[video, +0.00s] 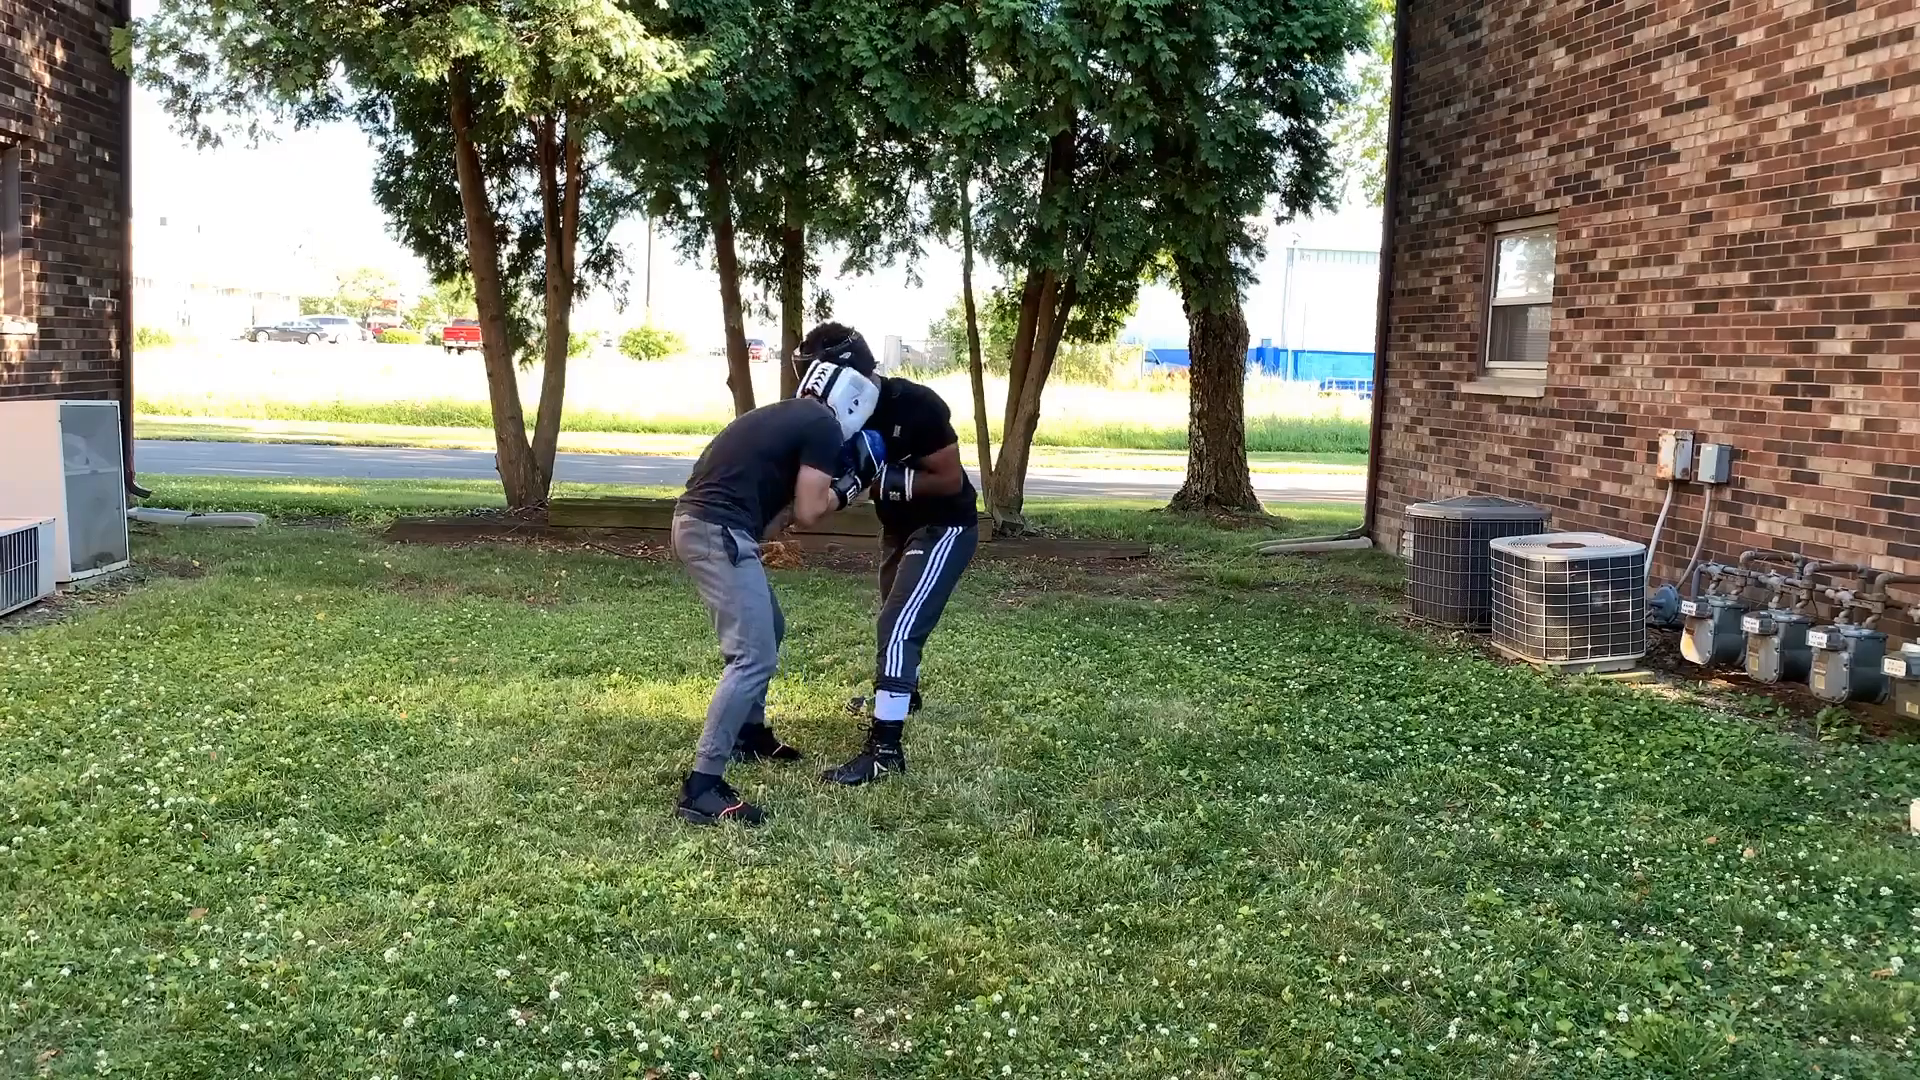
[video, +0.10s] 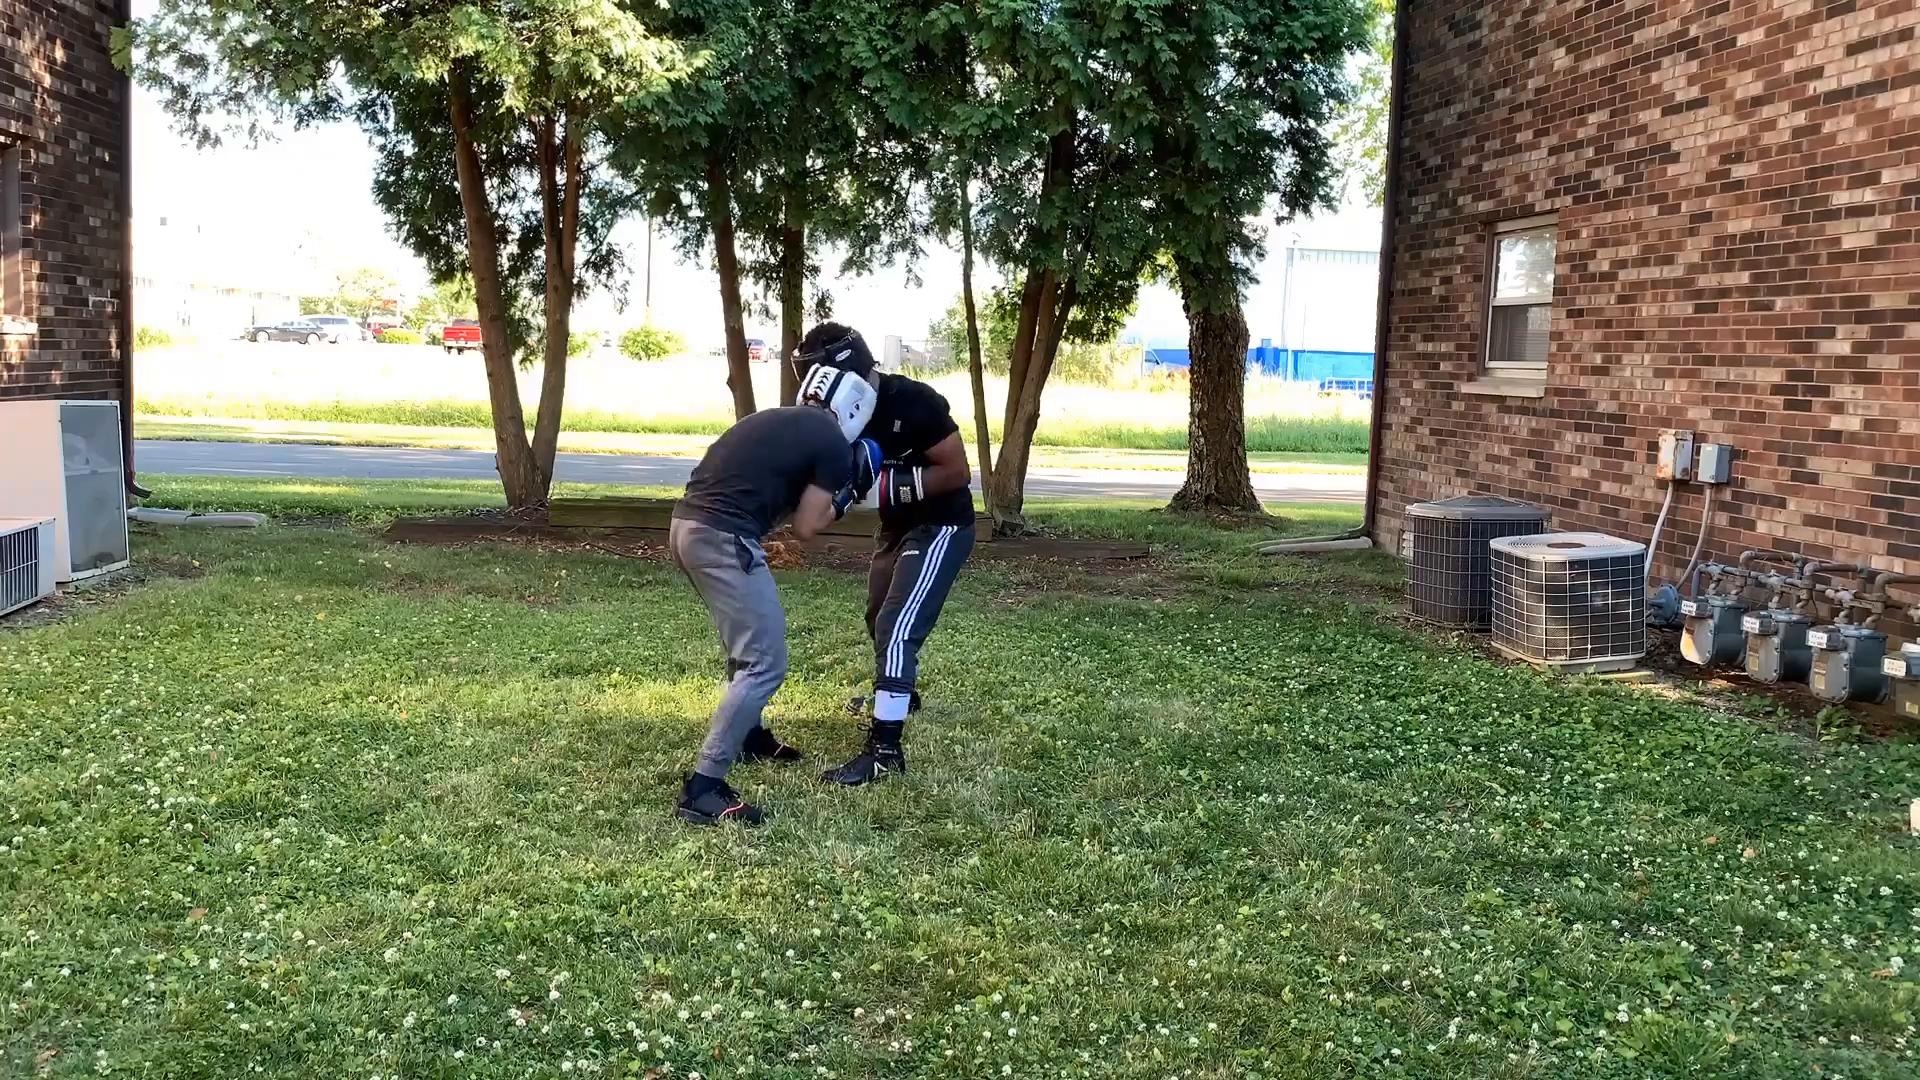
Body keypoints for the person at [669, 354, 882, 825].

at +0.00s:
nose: (862, 415)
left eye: (865, 405)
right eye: (863, 403)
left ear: (814, 385)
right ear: (848, 396)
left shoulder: (787, 414)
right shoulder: (821, 423)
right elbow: (809, 514)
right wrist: (846, 485)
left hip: (714, 526)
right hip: (715, 529)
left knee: (769, 627)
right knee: (752, 656)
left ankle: (748, 732)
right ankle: (702, 785)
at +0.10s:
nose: (864, 419)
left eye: (865, 410)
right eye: (865, 409)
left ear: (811, 389)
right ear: (855, 405)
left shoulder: (780, 418)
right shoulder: (833, 440)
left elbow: (773, 501)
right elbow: (808, 525)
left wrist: (834, 488)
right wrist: (845, 496)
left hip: (686, 527)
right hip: (723, 538)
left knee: (742, 645)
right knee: (765, 666)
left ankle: (751, 735)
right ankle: (703, 787)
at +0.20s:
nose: (866, 431)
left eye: (866, 423)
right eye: (866, 423)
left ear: (815, 400)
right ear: (858, 420)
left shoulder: (770, 420)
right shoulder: (842, 455)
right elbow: (812, 541)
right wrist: (847, 494)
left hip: (682, 534)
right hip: (728, 546)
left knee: (732, 651)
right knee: (775, 672)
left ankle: (748, 738)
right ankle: (705, 787)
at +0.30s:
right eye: (869, 427)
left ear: (821, 404)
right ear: (862, 426)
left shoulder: (776, 420)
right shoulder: (849, 459)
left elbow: (742, 477)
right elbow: (812, 543)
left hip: (692, 533)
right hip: (738, 546)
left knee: (741, 651)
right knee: (779, 672)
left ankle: (743, 742)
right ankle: (706, 787)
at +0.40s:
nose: (870, 422)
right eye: (872, 413)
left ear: (823, 392)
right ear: (865, 410)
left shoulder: (785, 413)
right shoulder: (861, 443)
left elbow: (752, 475)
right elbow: (830, 522)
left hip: (713, 522)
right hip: (758, 533)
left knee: (751, 646)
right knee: (779, 667)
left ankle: (746, 742)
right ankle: (708, 784)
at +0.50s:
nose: (880, 409)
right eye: (879, 399)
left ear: (830, 381)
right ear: (870, 390)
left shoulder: (794, 407)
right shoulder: (865, 414)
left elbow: (770, 465)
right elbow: (858, 500)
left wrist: (824, 493)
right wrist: (868, 489)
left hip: (733, 510)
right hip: (776, 517)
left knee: (764, 638)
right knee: (806, 647)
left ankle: (745, 741)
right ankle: (729, 757)